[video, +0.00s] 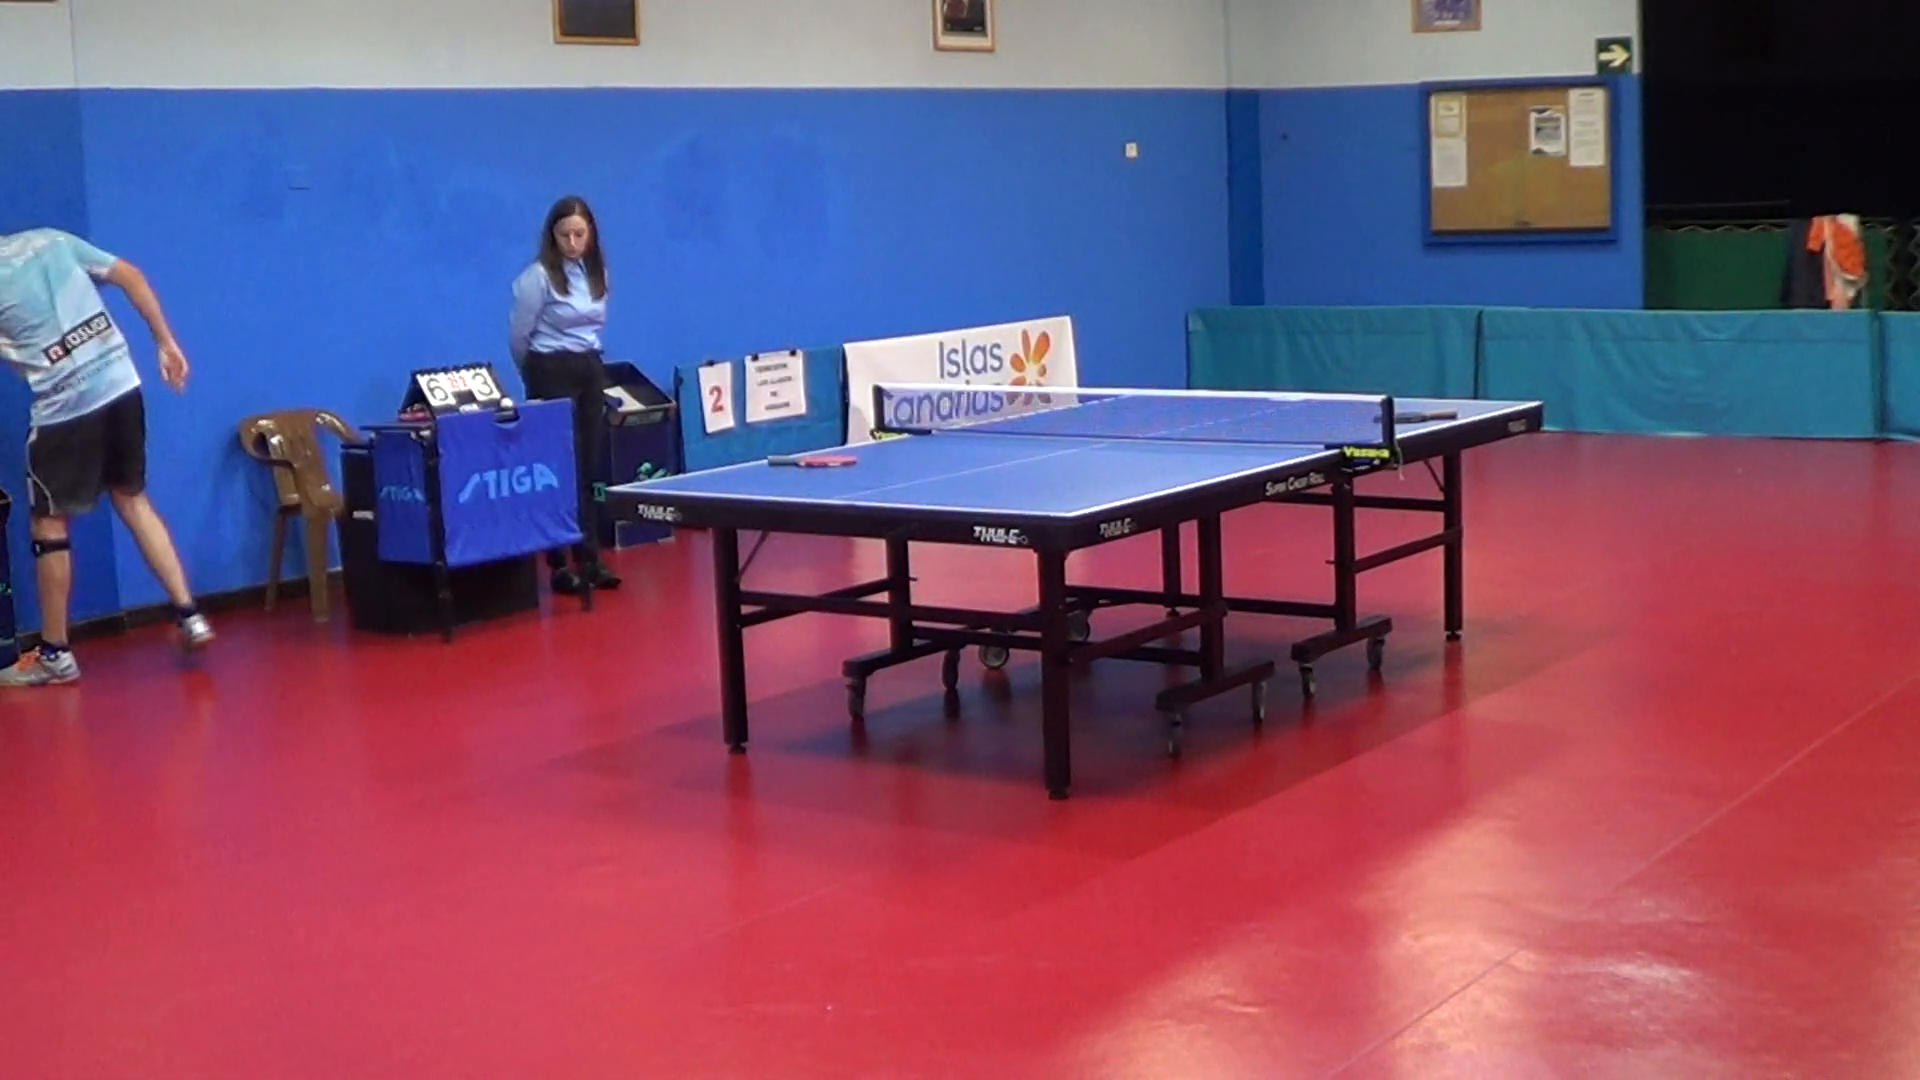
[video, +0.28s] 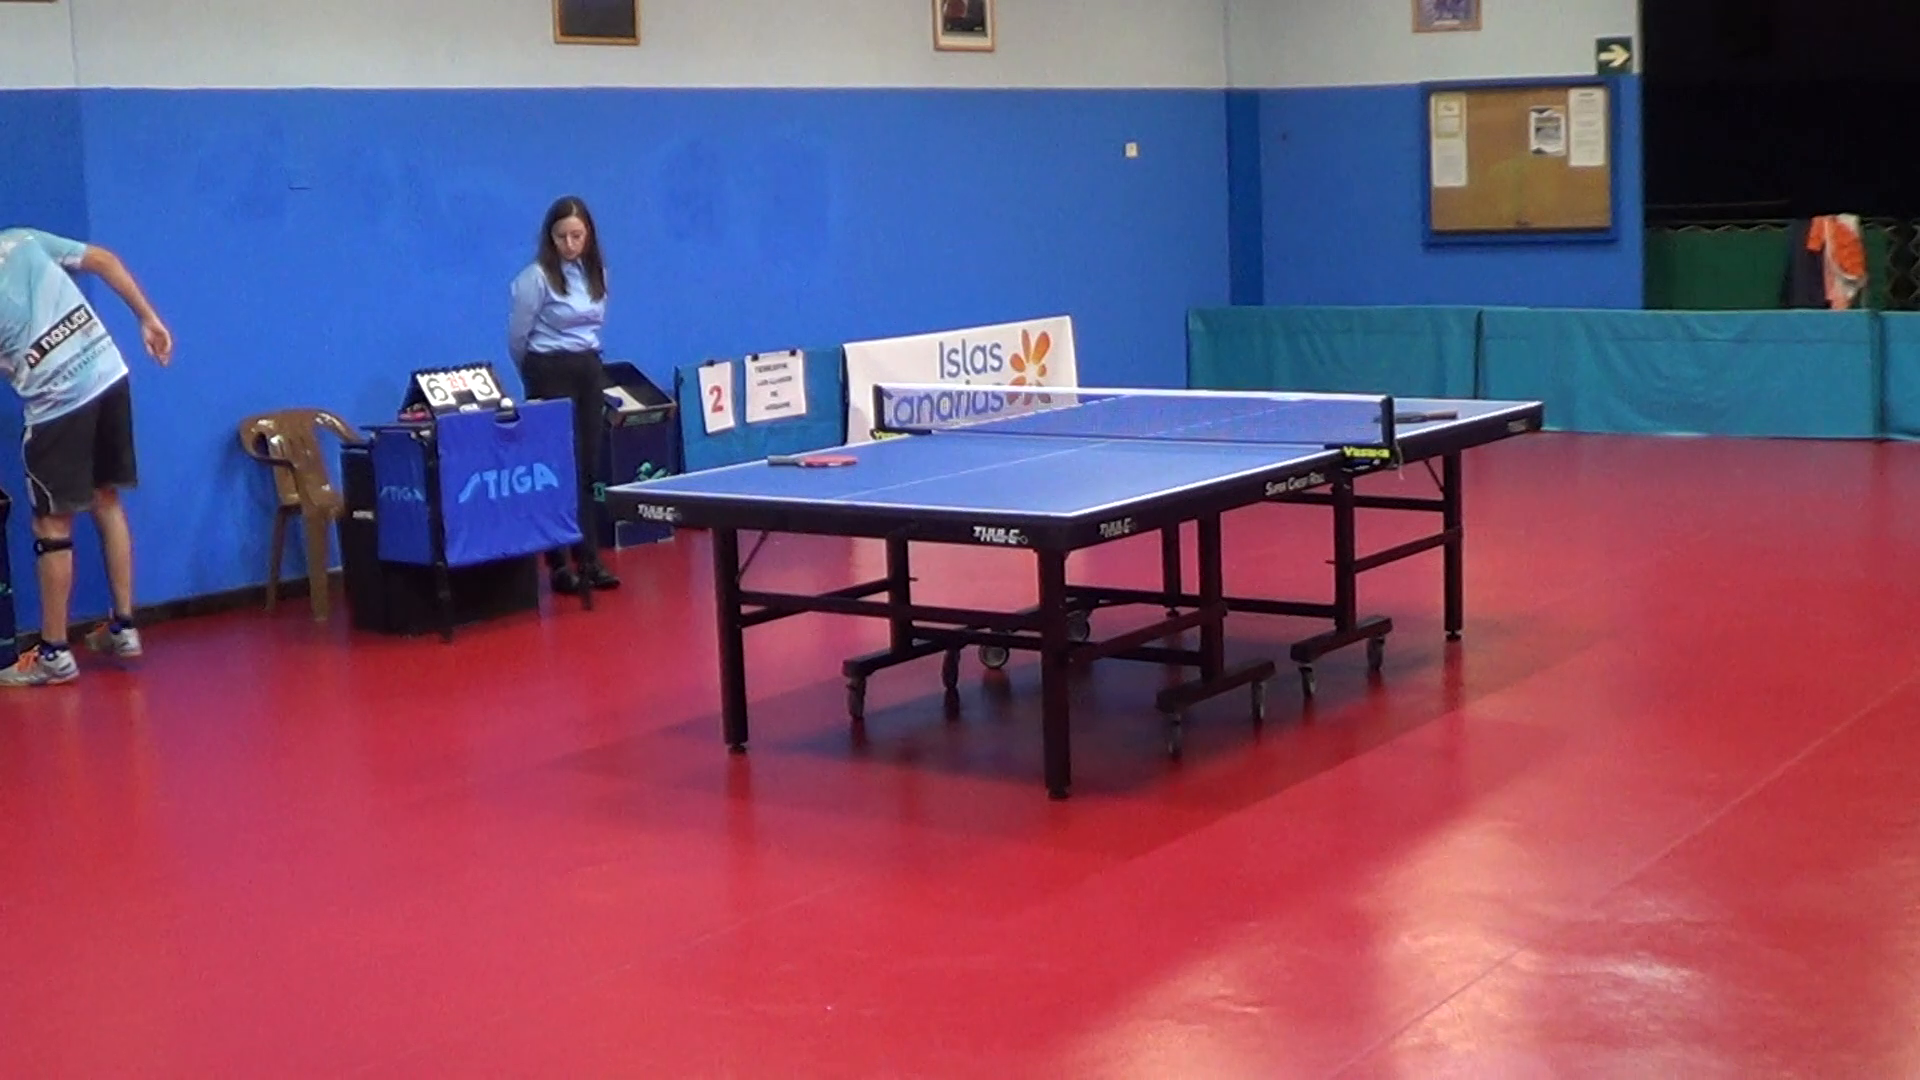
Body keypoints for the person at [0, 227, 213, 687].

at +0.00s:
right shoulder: (49, 240)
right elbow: (129, 274)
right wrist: (167, 341)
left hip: (64, 409)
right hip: (123, 388)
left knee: (49, 524)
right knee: (131, 495)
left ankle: (54, 651)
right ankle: (190, 614)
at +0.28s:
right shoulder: (20, 241)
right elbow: (101, 258)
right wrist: (148, 315)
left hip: (55, 403)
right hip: (109, 377)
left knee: (52, 525)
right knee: (107, 500)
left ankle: (54, 651)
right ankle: (125, 626)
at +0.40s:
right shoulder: (27, 239)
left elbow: (13, 367)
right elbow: (109, 258)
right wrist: (147, 315)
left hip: (59, 407)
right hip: (111, 382)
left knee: (56, 526)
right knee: (97, 502)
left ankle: (54, 651)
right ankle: (137, 618)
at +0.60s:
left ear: (0, 224)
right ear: (15, 217)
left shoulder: (17, 288)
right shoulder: (62, 236)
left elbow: (32, 384)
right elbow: (120, 275)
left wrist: (6, 432)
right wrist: (108, 332)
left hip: (81, 411)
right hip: (121, 395)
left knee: (61, 526)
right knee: (95, 512)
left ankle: (55, 651)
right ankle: (178, 612)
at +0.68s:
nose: (4, 230)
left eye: (13, 219)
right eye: (2, 220)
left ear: (43, 217)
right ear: (42, 218)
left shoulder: (53, 281)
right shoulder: (83, 241)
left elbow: (70, 374)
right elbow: (114, 327)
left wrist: (20, 428)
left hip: (94, 417)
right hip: (127, 406)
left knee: (70, 528)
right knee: (113, 516)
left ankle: (56, 650)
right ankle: (190, 624)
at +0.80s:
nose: (59, 215)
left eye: (70, 206)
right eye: (53, 206)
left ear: (96, 208)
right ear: (50, 208)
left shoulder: (110, 263)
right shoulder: (87, 253)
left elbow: (142, 351)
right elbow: (78, 322)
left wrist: (77, 409)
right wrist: (34, 362)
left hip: (129, 416)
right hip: (116, 413)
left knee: (90, 528)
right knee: (140, 519)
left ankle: (59, 650)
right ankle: (199, 636)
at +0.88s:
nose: (90, 206)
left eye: (102, 197)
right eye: (84, 196)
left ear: (123, 202)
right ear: (77, 200)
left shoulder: (142, 257)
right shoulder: (92, 253)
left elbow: (181, 342)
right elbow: (70, 323)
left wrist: (121, 399)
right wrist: (16, 371)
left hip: (154, 411)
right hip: (124, 412)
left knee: (107, 523)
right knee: (151, 516)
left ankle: (81, 648)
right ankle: (201, 637)